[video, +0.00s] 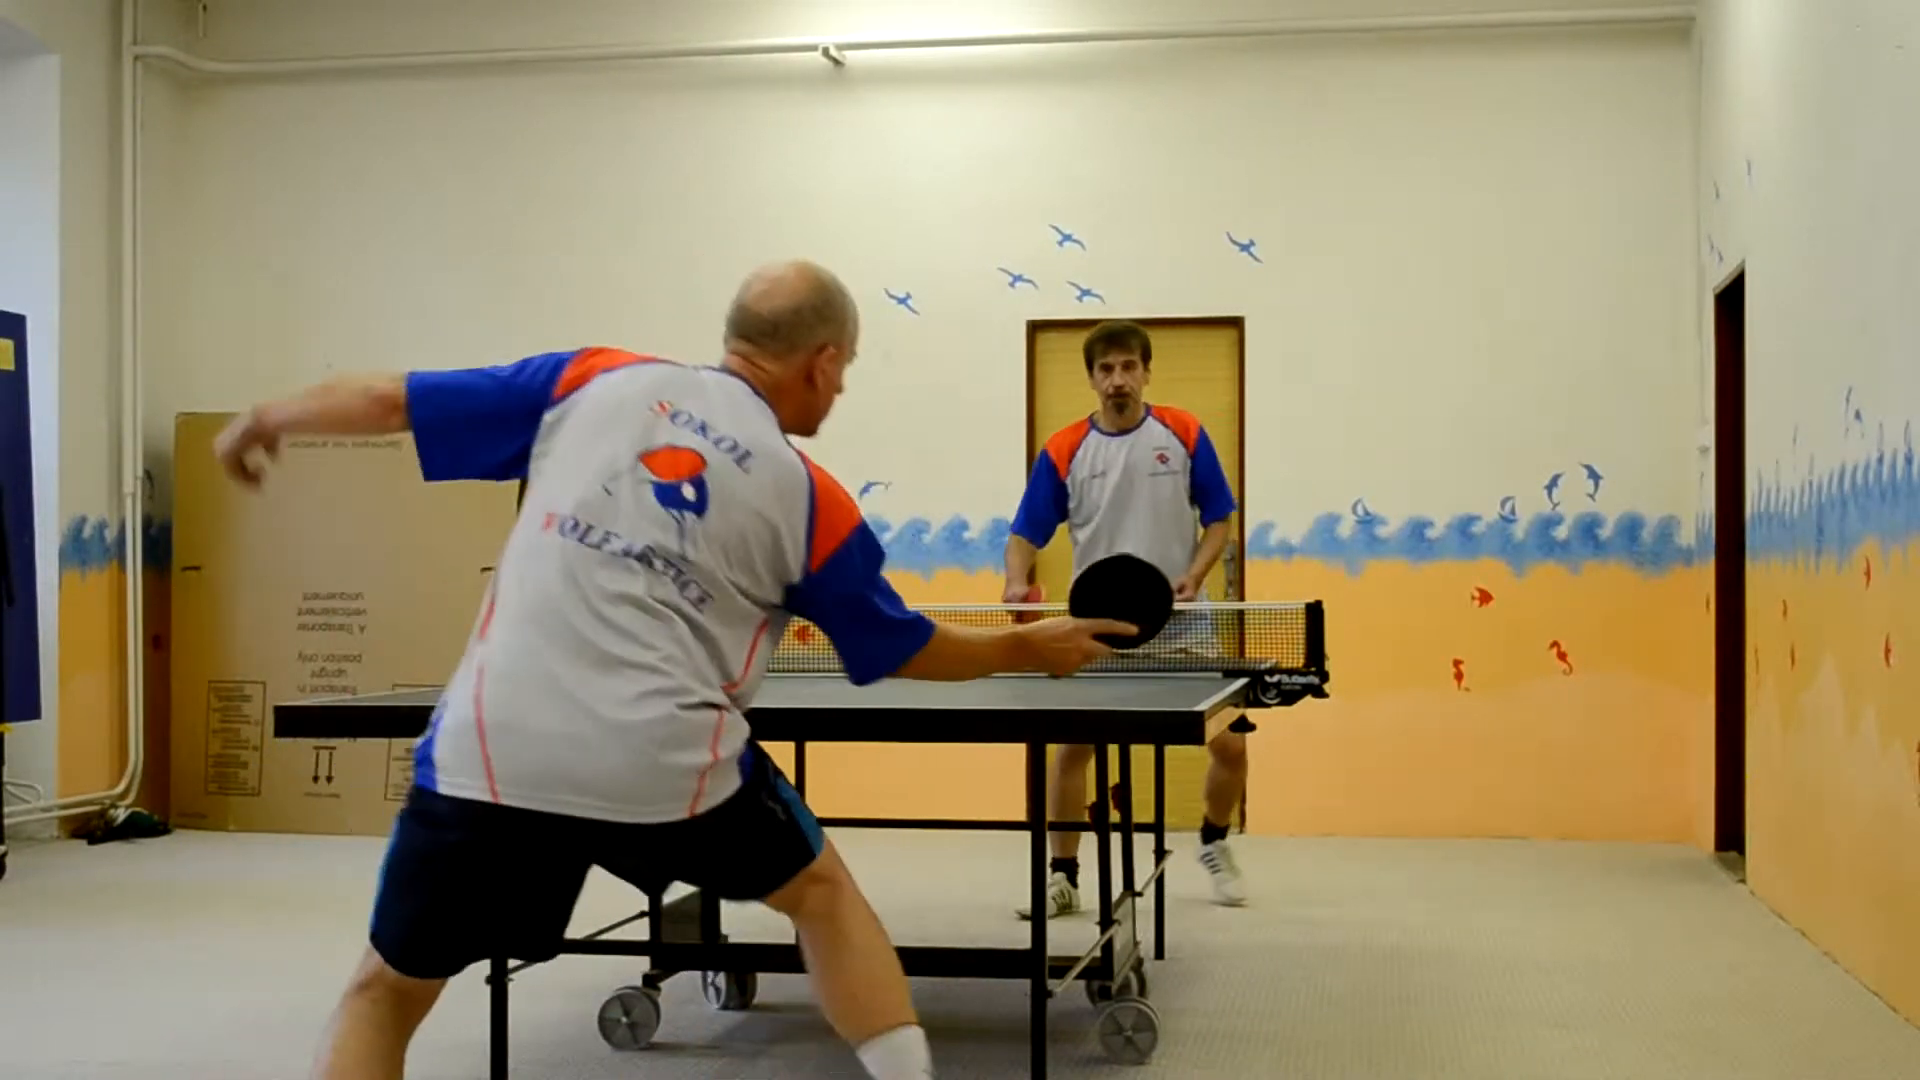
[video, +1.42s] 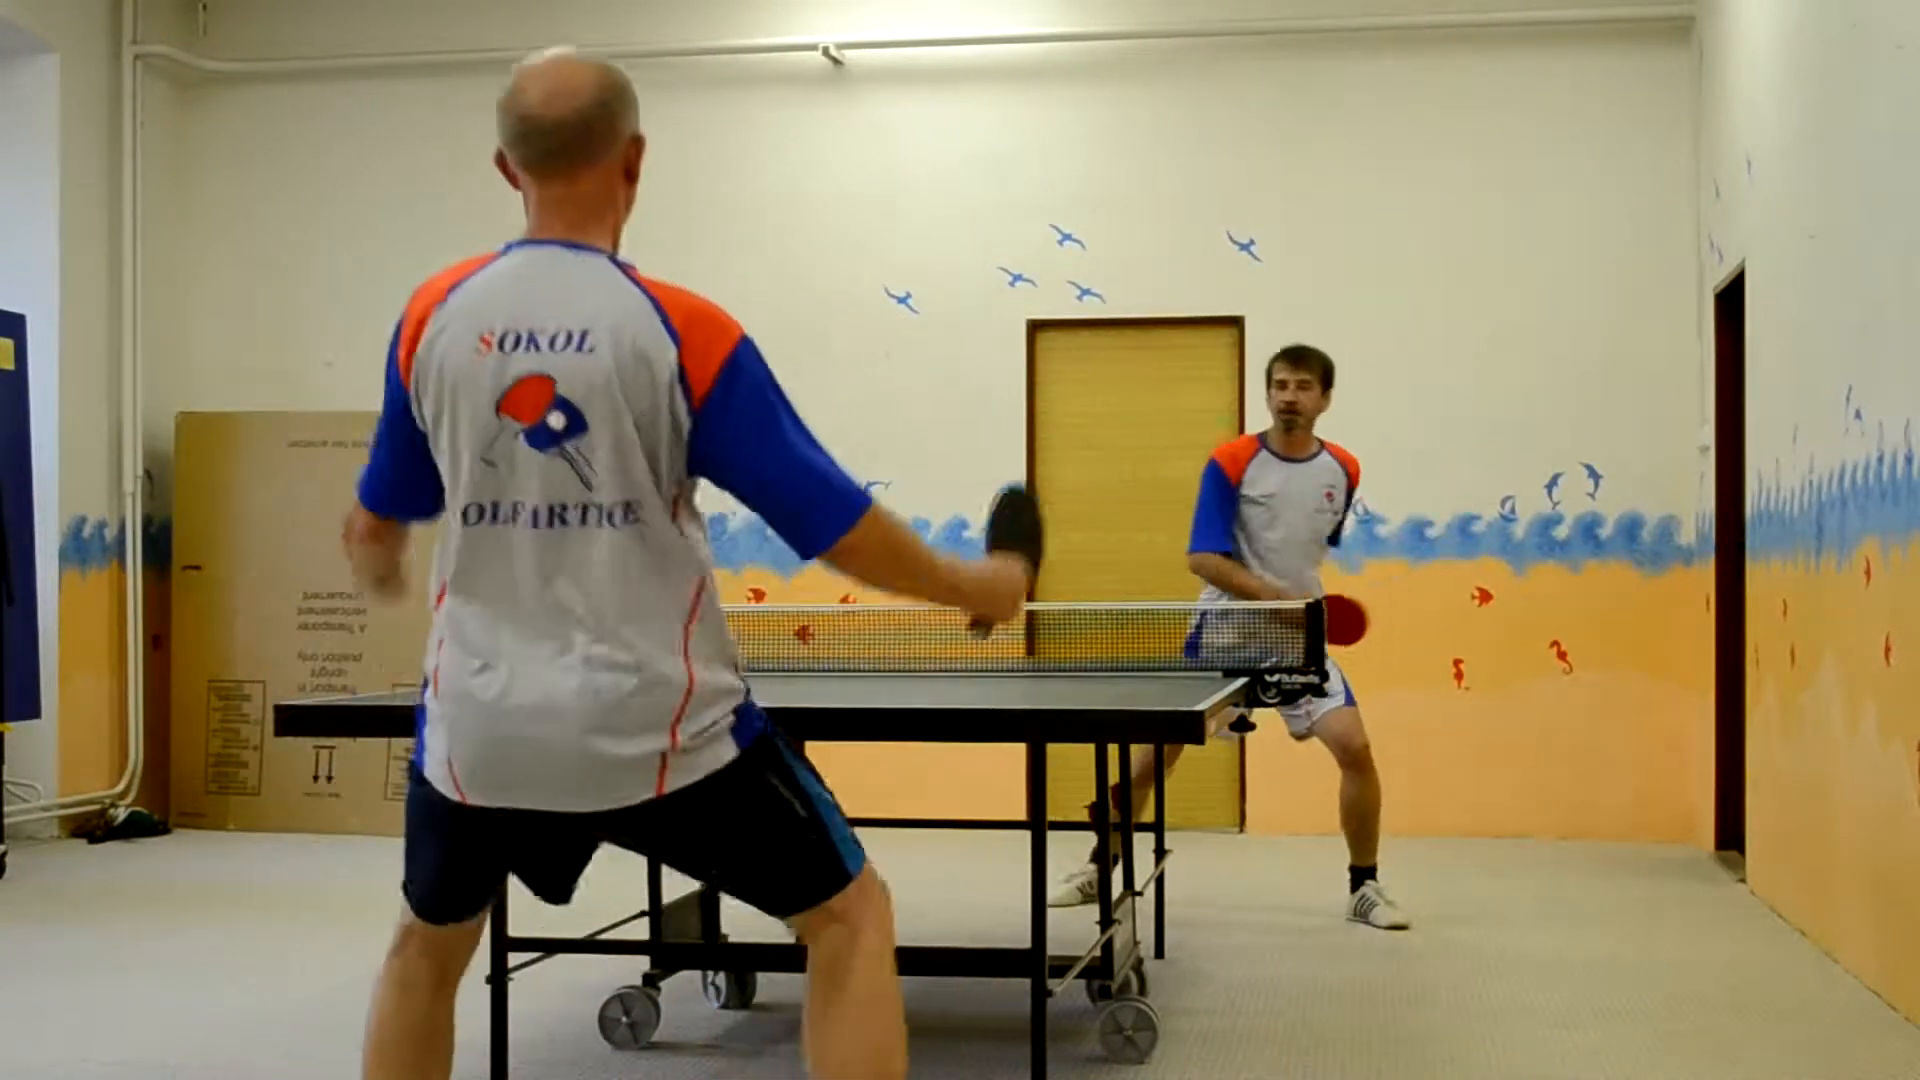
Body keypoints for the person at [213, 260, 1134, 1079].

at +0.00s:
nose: (838, 394)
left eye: (841, 373)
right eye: (841, 373)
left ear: (729, 340)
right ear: (811, 366)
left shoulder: (589, 376)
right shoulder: (807, 495)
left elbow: (399, 401)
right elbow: (901, 648)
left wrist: (270, 416)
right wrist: (1032, 644)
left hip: (484, 761)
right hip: (668, 773)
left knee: (386, 989)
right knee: (825, 896)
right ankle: (907, 1074)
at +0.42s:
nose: (886, 409)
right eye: (889, 397)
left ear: (777, 378)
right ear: (880, 405)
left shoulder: (682, 433)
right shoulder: (903, 524)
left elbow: (503, 477)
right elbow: (996, 632)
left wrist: (378, 531)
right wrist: (1063, 644)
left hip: (592, 811)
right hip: (774, 831)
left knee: (434, 994)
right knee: (878, 953)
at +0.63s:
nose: (788, 387)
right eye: (790, 374)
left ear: (671, 346)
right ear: (776, 378)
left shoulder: (560, 414)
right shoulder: (795, 504)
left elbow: (371, 491)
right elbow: (925, 649)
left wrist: (265, 574)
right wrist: (1019, 652)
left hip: (468, 776)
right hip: (655, 795)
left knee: (341, 984)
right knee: (816, 976)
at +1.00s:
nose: (744, 370)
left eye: (742, 351)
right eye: (744, 352)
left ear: (631, 333)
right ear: (734, 352)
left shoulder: (510, 419)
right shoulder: (710, 486)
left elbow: (365, 566)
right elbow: (804, 711)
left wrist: (291, 672)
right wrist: (928, 716)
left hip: (406, 801)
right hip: (590, 817)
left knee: (294, 1000)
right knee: (780, 948)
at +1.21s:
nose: (703, 258)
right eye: (706, 242)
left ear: (586, 242)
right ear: (698, 250)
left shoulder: (482, 382)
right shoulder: (719, 417)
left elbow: (420, 596)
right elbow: (759, 656)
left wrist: (336, 778)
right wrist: (815, 696)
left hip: (509, 778)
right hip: (681, 782)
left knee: (431, 971)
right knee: (850, 934)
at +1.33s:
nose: (637, 197)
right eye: (640, 181)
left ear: (511, 198)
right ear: (636, 194)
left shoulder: (436, 358)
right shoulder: (691, 365)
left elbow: (406, 567)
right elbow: (817, 569)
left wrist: (371, 696)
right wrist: (925, 638)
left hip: (497, 753)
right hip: (679, 744)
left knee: (441, 954)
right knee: (857, 911)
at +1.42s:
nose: (637, 168)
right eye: (642, 152)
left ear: (505, 169)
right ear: (634, 163)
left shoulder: (431, 319)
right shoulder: (685, 333)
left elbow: (379, 522)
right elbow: (836, 526)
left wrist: (377, 561)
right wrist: (969, 583)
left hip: (477, 732)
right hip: (661, 726)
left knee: (428, 940)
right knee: (847, 915)